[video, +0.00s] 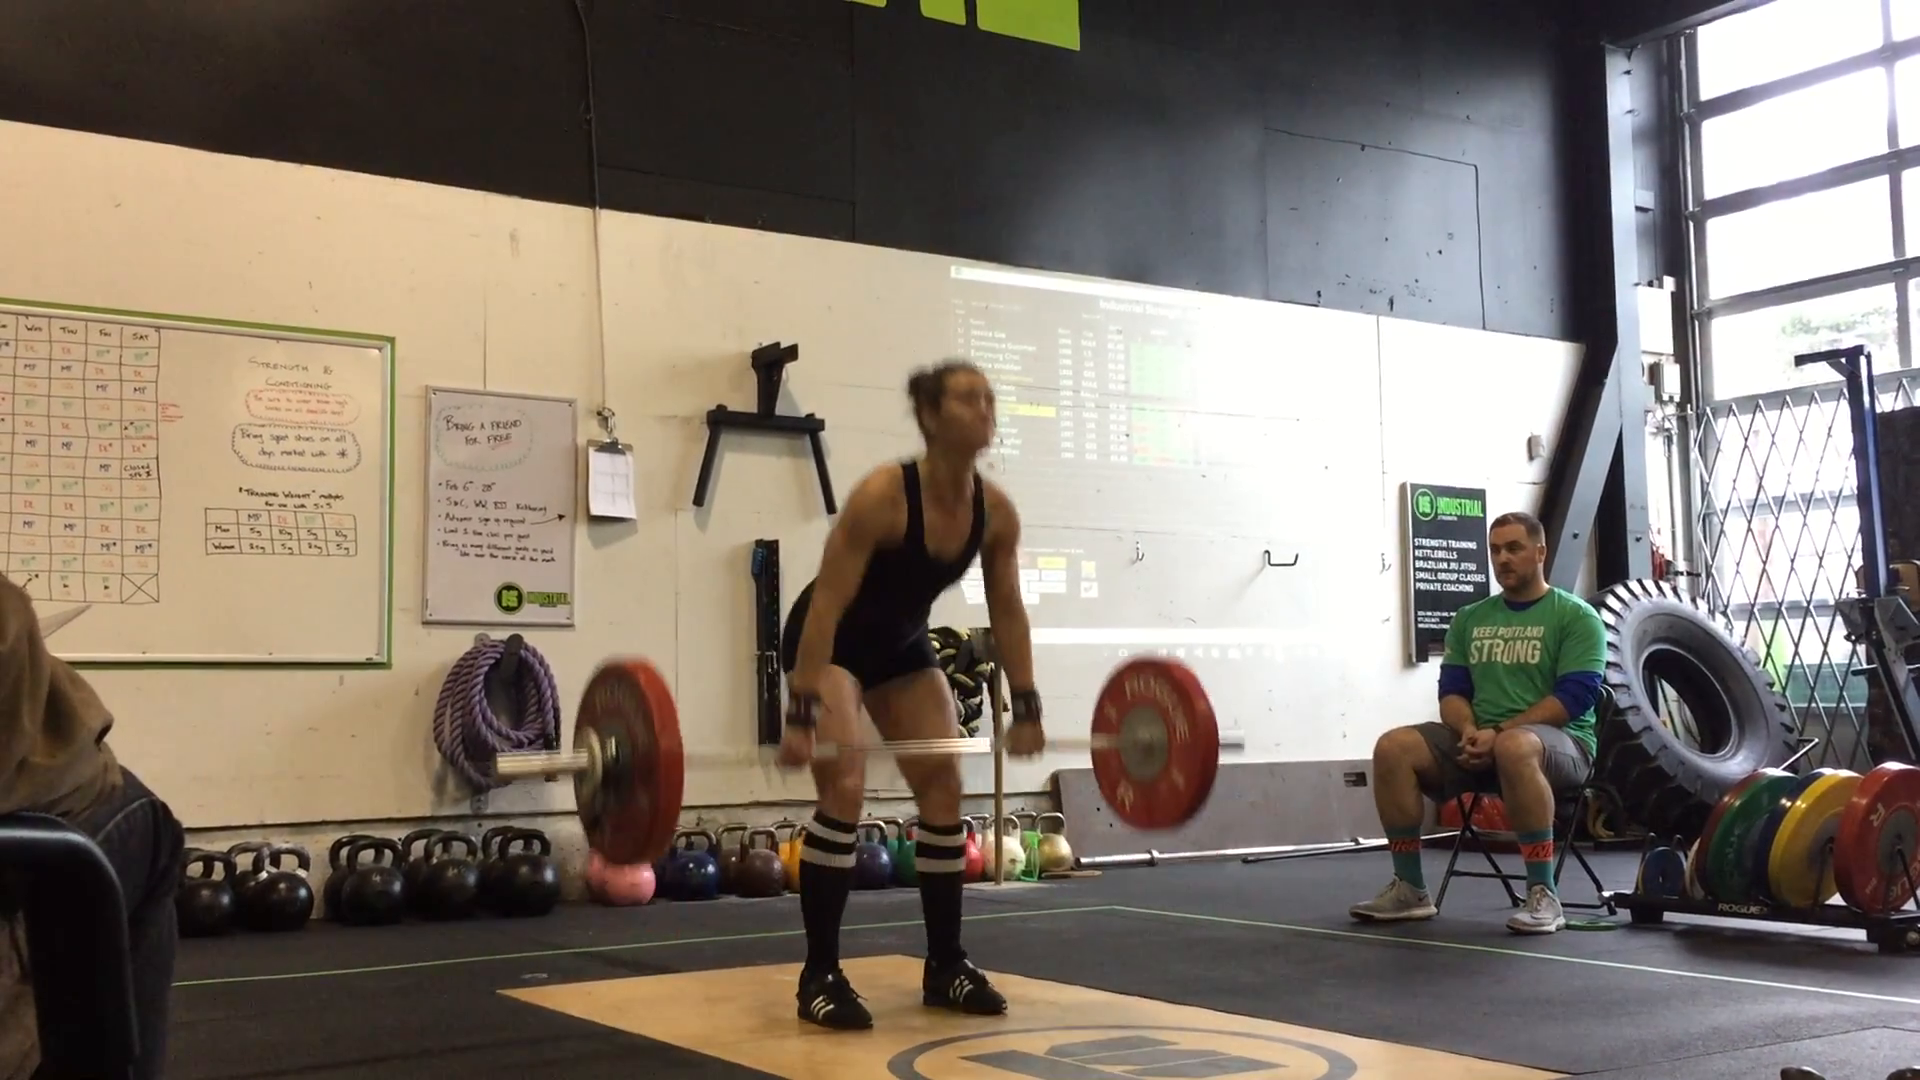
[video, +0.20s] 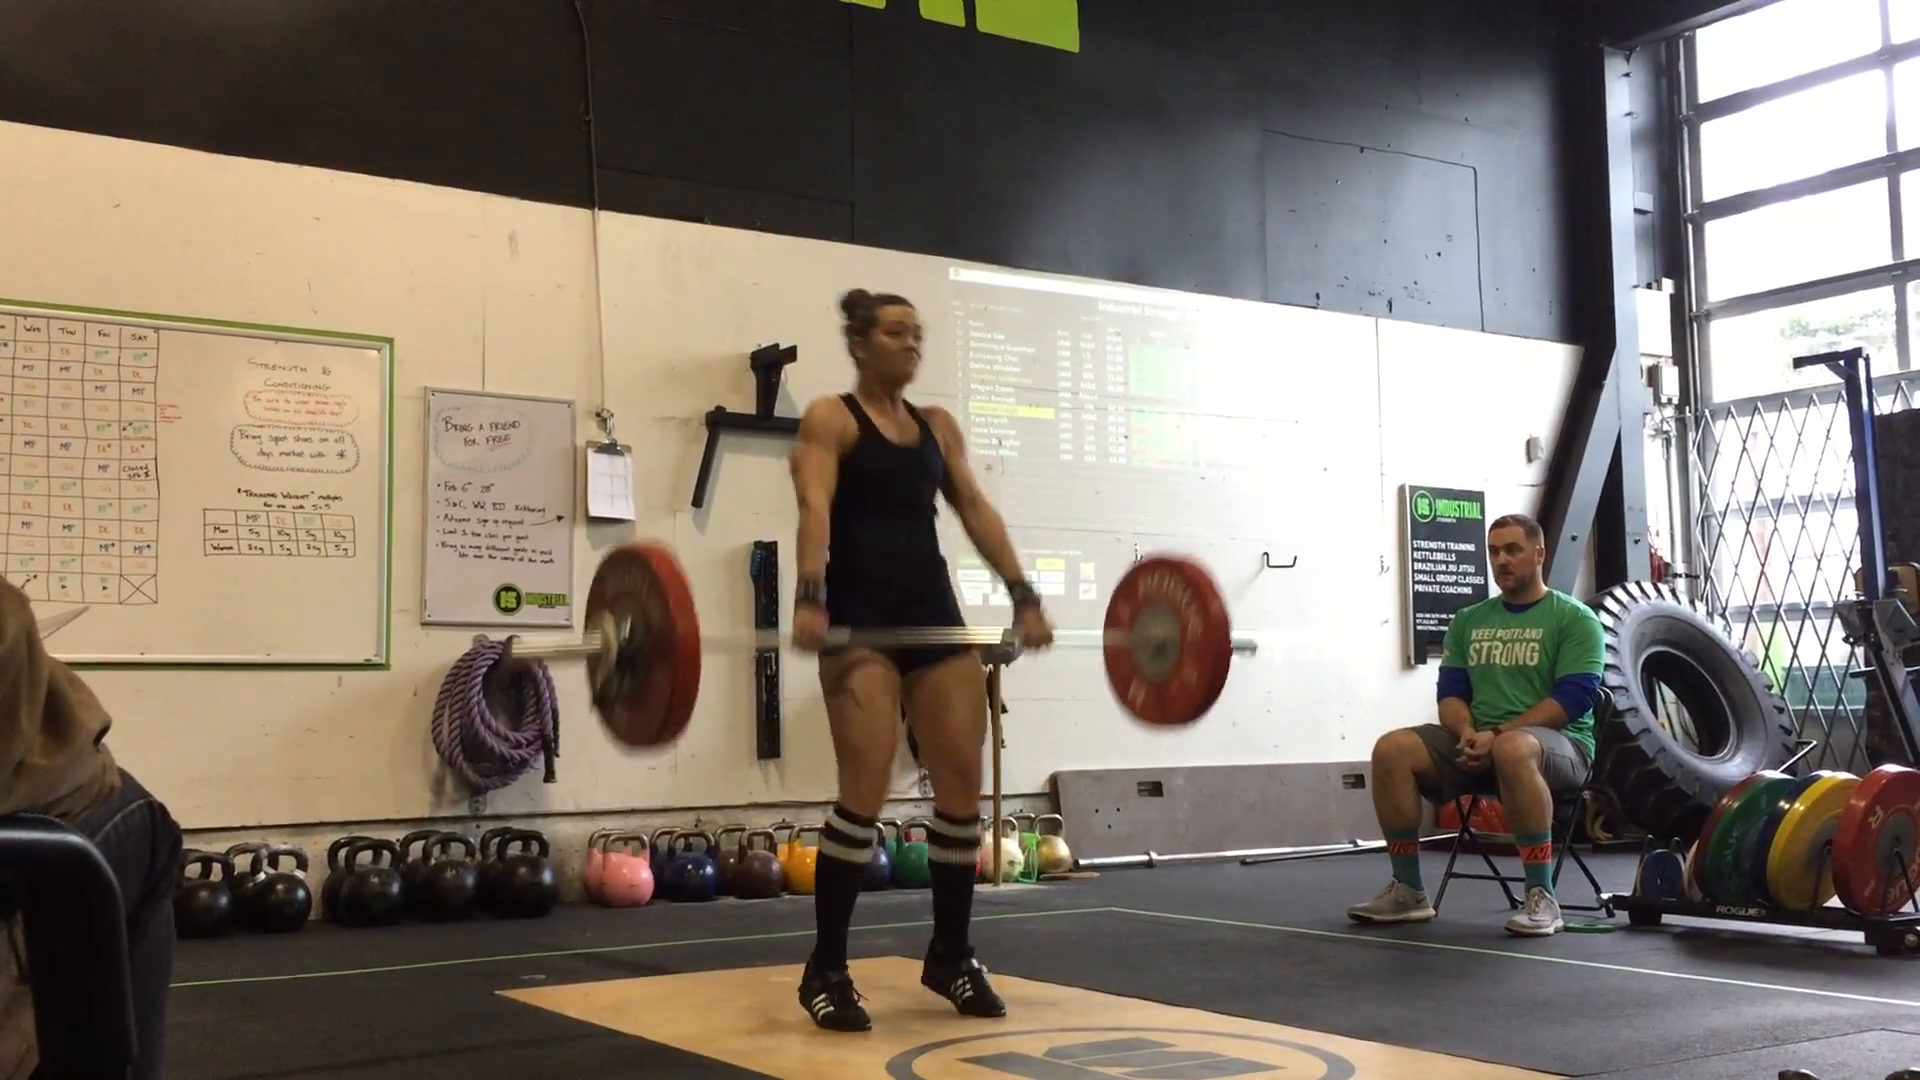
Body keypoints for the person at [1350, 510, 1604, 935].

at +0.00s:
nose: (1502, 558)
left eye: (1513, 548)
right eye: (1495, 550)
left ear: (1541, 552)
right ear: (1489, 556)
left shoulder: (1577, 617)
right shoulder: (1469, 619)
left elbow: (1575, 698)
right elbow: (1452, 692)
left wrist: (1501, 735)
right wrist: (1467, 728)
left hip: (1559, 742)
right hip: (1480, 741)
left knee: (1514, 746)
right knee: (1392, 748)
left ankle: (1542, 896)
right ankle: (1410, 889)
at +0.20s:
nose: (1501, 560)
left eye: (1512, 550)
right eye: (1494, 552)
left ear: (1540, 554)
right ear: (1488, 557)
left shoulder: (1575, 618)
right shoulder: (1468, 621)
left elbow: (1574, 699)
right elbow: (1450, 694)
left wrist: (1499, 736)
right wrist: (1466, 730)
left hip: (1558, 743)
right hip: (1478, 742)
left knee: (1513, 748)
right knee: (1391, 751)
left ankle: (1540, 898)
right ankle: (1408, 891)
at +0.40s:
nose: (1500, 561)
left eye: (1511, 552)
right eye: (1493, 553)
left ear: (1538, 556)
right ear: (1487, 560)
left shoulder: (1574, 621)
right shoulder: (1467, 623)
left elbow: (1572, 701)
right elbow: (1449, 695)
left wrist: (1498, 738)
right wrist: (1465, 733)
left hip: (1556, 745)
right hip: (1476, 745)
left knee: (1511, 750)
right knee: (1389, 753)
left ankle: (1538, 900)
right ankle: (1406, 893)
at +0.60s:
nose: (1499, 562)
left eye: (1510, 552)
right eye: (1492, 554)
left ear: (1538, 557)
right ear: (1487, 561)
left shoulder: (1573, 621)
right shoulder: (1466, 624)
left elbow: (1571, 702)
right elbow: (1448, 698)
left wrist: (1498, 740)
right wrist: (1464, 733)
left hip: (1555, 747)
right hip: (1475, 746)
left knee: (1511, 752)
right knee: (1388, 754)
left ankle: (1537, 901)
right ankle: (1405, 894)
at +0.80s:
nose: (1498, 562)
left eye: (1510, 552)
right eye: (1492, 554)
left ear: (1537, 557)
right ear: (1487, 561)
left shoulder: (1572, 622)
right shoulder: (1465, 625)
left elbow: (1570, 703)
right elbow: (1448, 698)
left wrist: (1497, 740)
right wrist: (1463, 734)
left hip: (1555, 746)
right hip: (1475, 746)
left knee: (1510, 752)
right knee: (1388, 754)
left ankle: (1537, 902)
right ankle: (1405, 894)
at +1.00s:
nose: (1498, 561)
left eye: (1510, 552)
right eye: (1492, 553)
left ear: (1537, 556)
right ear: (1487, 560)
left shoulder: (1572, 621)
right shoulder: (1465, 624)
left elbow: (1571, 702)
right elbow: (1447, 698)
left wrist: (1497, 740)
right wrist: (1463, 733)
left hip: (1555, 746)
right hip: (1475, 746)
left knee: (1511, 752)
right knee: (1388, 754)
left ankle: (1537, 902)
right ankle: (1405, 894)